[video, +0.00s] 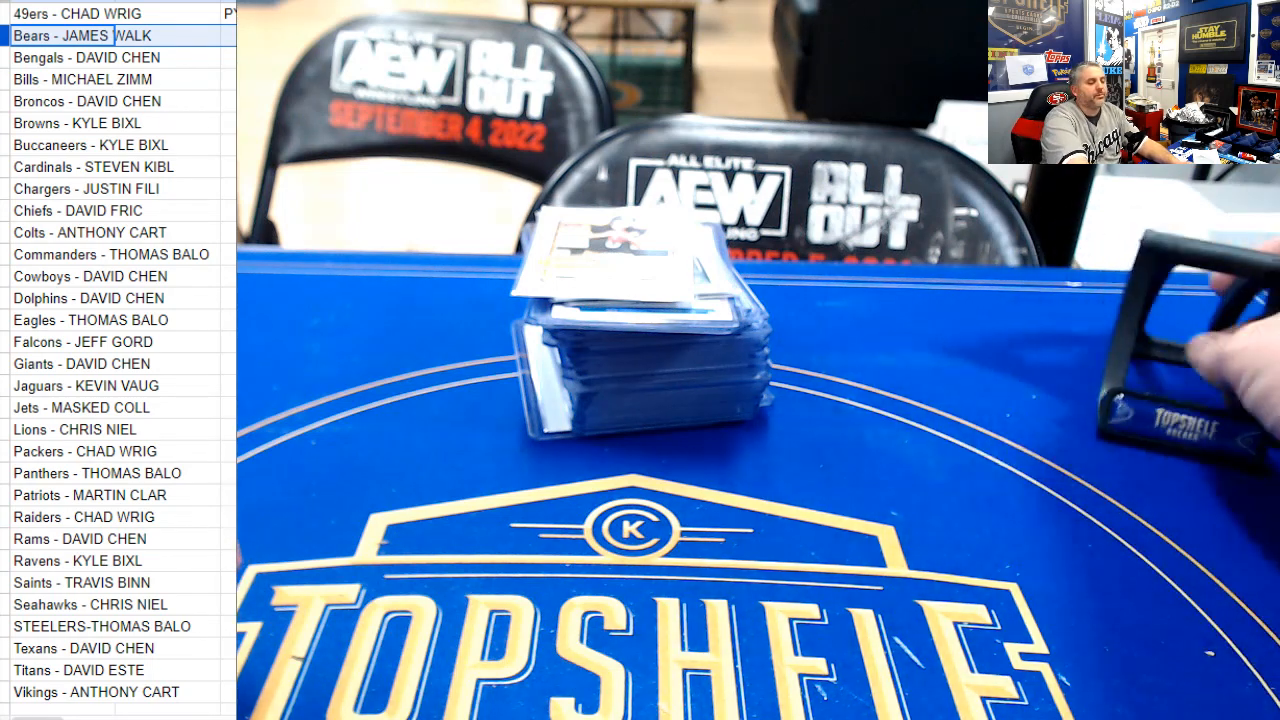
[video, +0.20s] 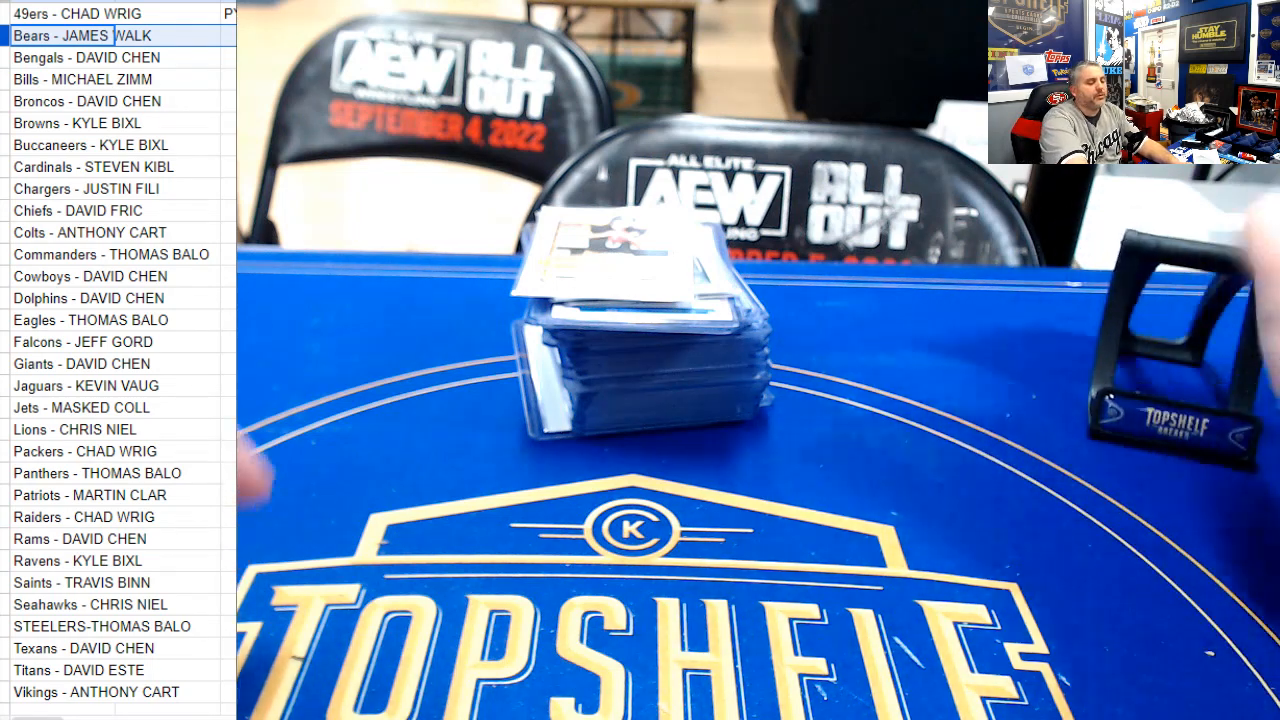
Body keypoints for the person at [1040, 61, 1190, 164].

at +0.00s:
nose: (1100, 87)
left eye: (1103, 81)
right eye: (1091, 82)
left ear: (1106, 85)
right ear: (1075, 90)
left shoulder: (1113, 112)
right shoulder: (1060, 118)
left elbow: (1146, 146)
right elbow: (1077, 166)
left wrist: (1178, 164)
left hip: (1115, 184)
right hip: (1078, 191)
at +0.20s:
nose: (1100, 87)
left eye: (1103, 81)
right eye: (1091, 82)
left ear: (1107, 84)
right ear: (1074, 90)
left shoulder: (1113, 112)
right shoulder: (1058, 119)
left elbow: (1144, 145)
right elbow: (1076, 168)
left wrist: (1177, 164)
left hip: (1117, 185)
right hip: (1079, 192)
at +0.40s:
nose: (1094, 89)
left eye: (1097, 82)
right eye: (1085, 85)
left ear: (1102, 84)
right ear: (1069, 93)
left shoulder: (1111, 111)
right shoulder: (1054, 118)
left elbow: (1145, 144)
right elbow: (1076, 165)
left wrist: (1176, 165)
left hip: (1112, 183)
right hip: (1071, 193)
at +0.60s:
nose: (1091, 89)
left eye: (1093, 81)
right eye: (1081, 85)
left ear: (1098, 83)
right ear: (1065, 93)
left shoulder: (1109, 111)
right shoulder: (1052, 122)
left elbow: (1150, 146)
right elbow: (1083, 172)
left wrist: (1185, 170)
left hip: (1112, 186)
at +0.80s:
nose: (1092, 88)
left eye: (1093, 81)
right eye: (1081, 84)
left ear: (1099, 83)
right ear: (1064, 94)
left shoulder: (1112, 112)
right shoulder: (1053, 125)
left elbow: (1146, 147)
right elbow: (1087, 174)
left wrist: (1182, 171)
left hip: (1115, 184)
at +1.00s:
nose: (1095, 90)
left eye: (1097, 82)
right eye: (1085, 86)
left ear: (1102, 84)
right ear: (1067, 95)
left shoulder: (1115, 114)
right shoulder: (1054, 125)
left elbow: (1148, 151)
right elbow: (1088, 174)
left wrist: (1183, 172)